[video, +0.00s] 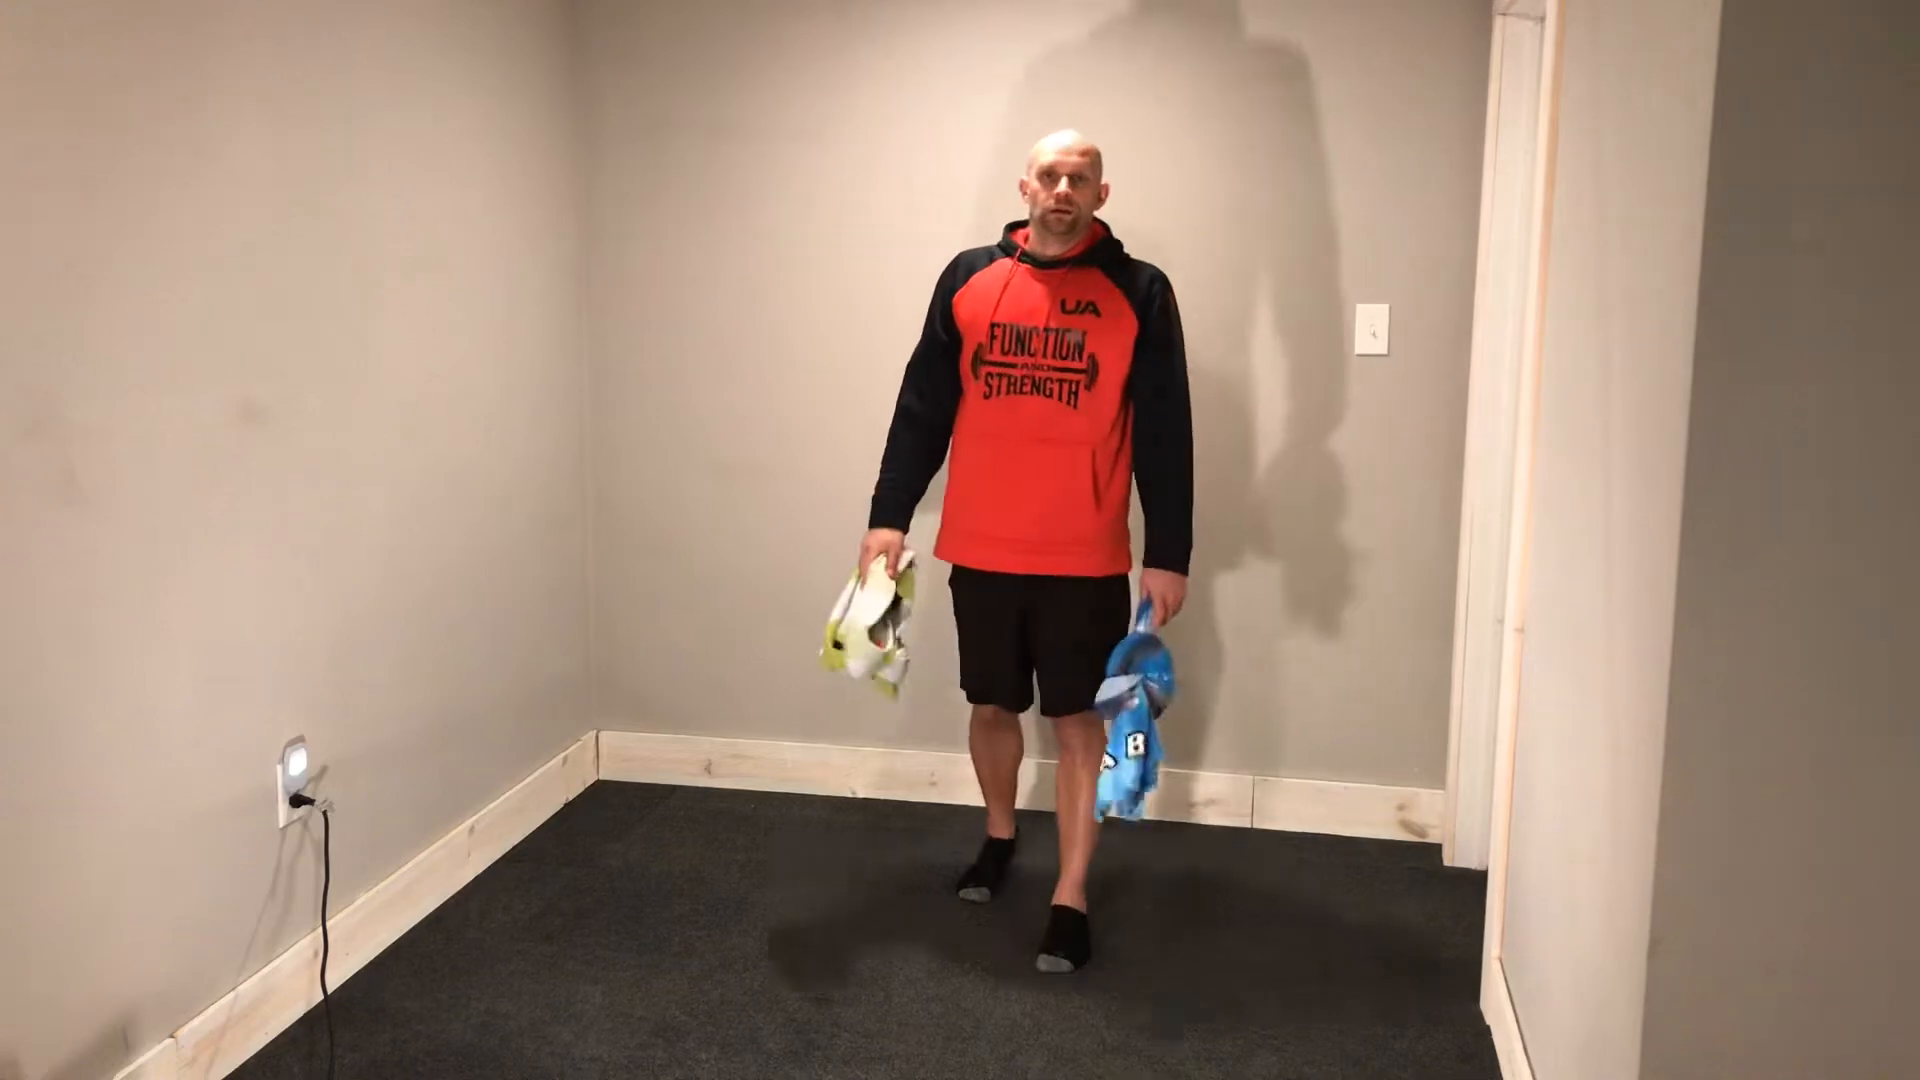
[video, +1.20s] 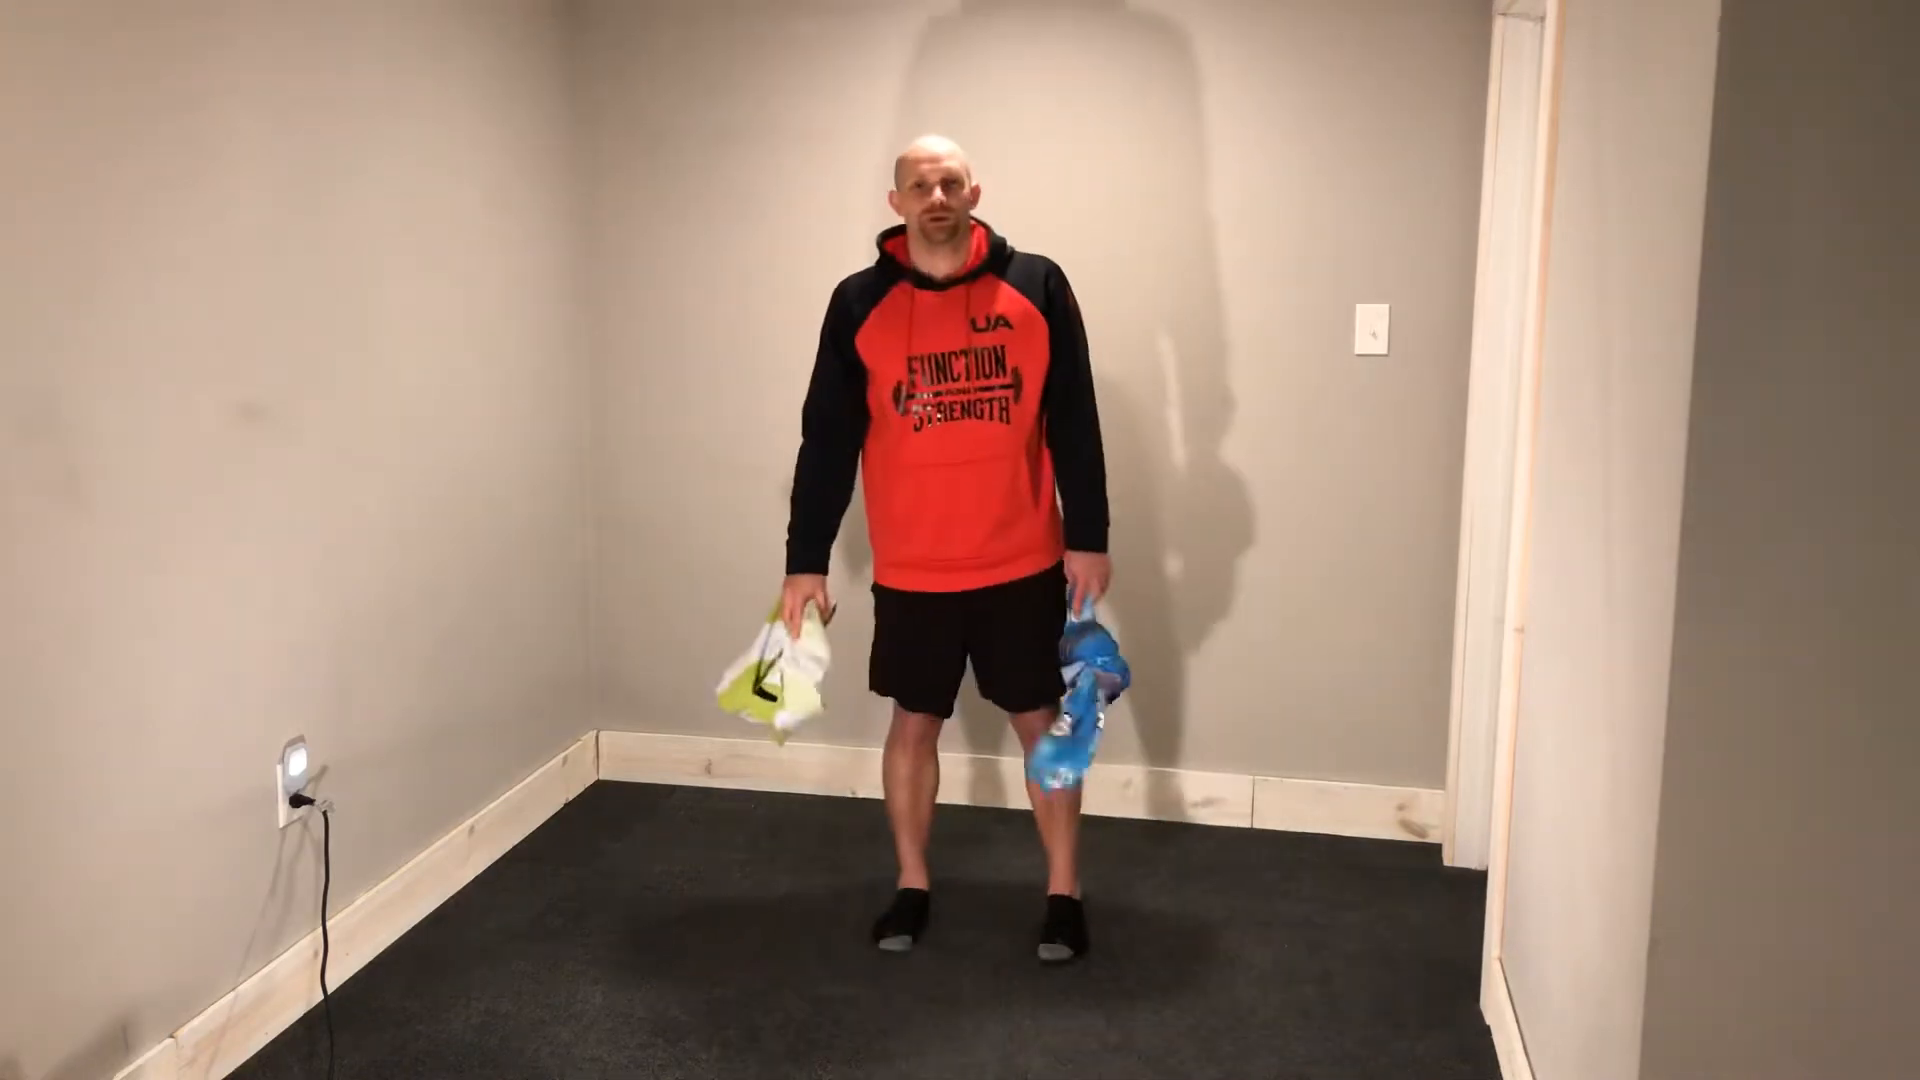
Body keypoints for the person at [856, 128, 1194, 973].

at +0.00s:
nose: (1062, 189)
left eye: (1078, 178)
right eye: (1049, 176)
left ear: (1102, 195)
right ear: (1025, 188)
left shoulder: (1140, 293)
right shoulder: (968, 280)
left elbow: (1165, 429)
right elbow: (922, 405)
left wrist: (1169, 555)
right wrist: (889, 516)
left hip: (1084, 553)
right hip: (982, 545)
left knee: (1076, 719)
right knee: (990, 708)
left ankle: (1070, 898)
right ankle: (999, 834)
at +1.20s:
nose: (938, 195)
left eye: (950, 181)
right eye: (920, 185)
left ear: (975, 194)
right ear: (896, 204)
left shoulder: (1035, 287)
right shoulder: (860, 303)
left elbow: (1073, 419)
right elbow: (828, 438)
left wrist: (1088, 537)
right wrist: (806, 559)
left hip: (1018, 557)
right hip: (912, 566)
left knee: (1039, 719)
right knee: (914, 720)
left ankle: (1063, 892)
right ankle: (910, 885)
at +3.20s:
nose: (977, 187)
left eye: (990, 174)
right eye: (960, 176)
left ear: (1014, 190)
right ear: (936, 194)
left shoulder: (1071, 291)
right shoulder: (897, 300)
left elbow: (1109, 428)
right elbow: (870, 439)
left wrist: (1134, 550)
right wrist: (851, 561)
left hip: (1042, 561)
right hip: (935, 565)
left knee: (1047, 723)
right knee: (925, 721)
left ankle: (1059, 897)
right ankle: (912, 889)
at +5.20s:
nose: (996, 192)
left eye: (1007, 178)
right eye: (978, 180)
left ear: (1025, 189)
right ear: (947, 193)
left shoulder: (1074, 293)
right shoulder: (904, 298)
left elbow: (1119, 407)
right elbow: (875, 433)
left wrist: (1145, 479)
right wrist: (861, 557)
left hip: (1042, 554)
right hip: (939, 560)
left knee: (1047, 721)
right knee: (928, 719)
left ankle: (1057, 896)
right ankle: (912, 887)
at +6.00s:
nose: (994, 194)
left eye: (1005, 179)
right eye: (977, 182)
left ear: (1027, 185)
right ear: (950, 196)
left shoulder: (1085, 290)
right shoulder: (911, 296)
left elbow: (1127, 410)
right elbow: (880, 434)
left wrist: (1078, 469)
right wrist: (864, 559)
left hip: (1044, 553)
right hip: (939, 556)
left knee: (1048, 723)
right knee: (928, 720)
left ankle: (1057, 896)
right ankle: (912, 886)